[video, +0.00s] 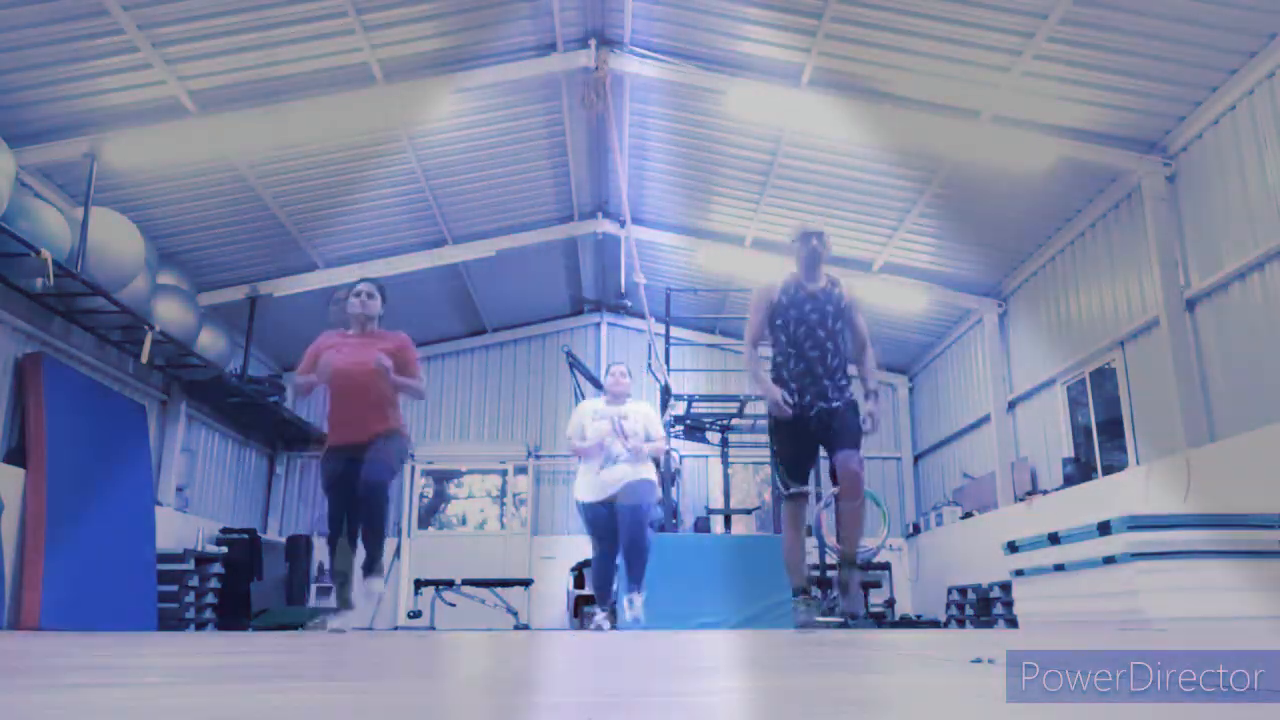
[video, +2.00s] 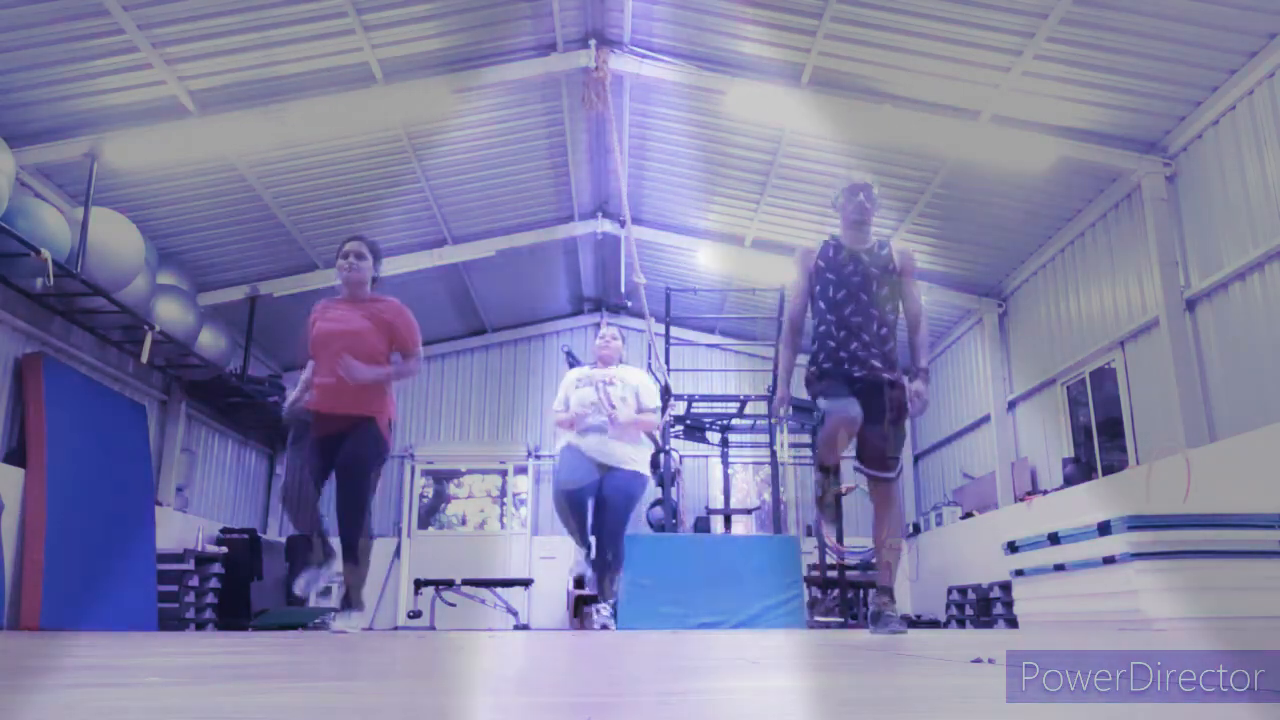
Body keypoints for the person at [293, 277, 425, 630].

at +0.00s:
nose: (362, 300)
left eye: (370, 296)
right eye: (356, 295)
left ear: (381, 306)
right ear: (346, 305)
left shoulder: (397, 341)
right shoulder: (327, 341)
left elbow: (420, 389)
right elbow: (296, 385)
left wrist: (391, 377)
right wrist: (316, 378)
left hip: (385, 436)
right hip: (341, 441)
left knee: (372, 482)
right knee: (339, 517)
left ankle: (373, 569)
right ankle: (343, 604)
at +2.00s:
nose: (350, 262)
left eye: (359, 257)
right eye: (345, 256)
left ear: (374, 268)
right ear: (336, 266)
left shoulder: (390, 310)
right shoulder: (321, 309)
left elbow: (413, 364)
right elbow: (314, 362)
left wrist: (372, 372)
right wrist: (298, 392)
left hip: (366, 420)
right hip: (320, 418)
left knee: (352, 510)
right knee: (295, 489)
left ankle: (352, 605)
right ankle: (320, 561)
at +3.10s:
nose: (319, 217)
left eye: (328, 212)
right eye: (310, 211)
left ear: (341, 227)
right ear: (296, 225)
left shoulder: (357, 276)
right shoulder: (271, 269)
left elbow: (378, 335)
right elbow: (247, 333)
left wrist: (378, 376)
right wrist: (272, 305)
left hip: (339, 383)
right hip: (282, 392)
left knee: (309, 434)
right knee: (281, 493)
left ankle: (303, 555)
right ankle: (289, 604)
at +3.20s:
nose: (321, 216)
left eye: (331, 212)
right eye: (314, 210)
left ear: (346, 228)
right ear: (302, 223)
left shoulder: (361, 276)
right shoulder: (275, 271)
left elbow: (385, 338)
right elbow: (249, 329)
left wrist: (377, 371)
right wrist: (274, 335)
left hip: (337, 386)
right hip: (281, 389)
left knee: (311, 467)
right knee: (281, 485)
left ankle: (301, 586)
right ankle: (302, 581)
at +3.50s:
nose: (318, 209)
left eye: (329, 204)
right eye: (311, 203)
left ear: (347, 219)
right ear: (300, 215)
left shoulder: (363, 266)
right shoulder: (280, 267)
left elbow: (396, 327)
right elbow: (265, 330)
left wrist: (358, 337)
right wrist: (244, 365)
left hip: (339, 401)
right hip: (280, 396)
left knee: (320, 504)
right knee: (255, 472)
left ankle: (305, 608)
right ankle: (284, 558)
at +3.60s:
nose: (317, 208)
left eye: (328, 202)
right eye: (310, 201)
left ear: (346, 217)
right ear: (301, 213)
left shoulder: (363, 265)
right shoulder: (282, 265)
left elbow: (396, 326)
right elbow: (268, 327)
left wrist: (355, 340)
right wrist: (244, 365)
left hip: (339, 396)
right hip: (286, 392)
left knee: (322, 491)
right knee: (253, 440)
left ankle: (308, 603)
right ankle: (276, 535)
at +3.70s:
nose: (317, 219)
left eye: (328, 213)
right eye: (311, 213)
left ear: (347, 226)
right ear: (301, 222)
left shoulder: (361, 281)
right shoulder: (283, 280)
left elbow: (390, 345)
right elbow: (266, 340)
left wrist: (342, 364)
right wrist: (243, 380)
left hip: (339, 407)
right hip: (287, 400)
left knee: (324, 508)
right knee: (252, 408)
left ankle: (306, 606)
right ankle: (268, 522)